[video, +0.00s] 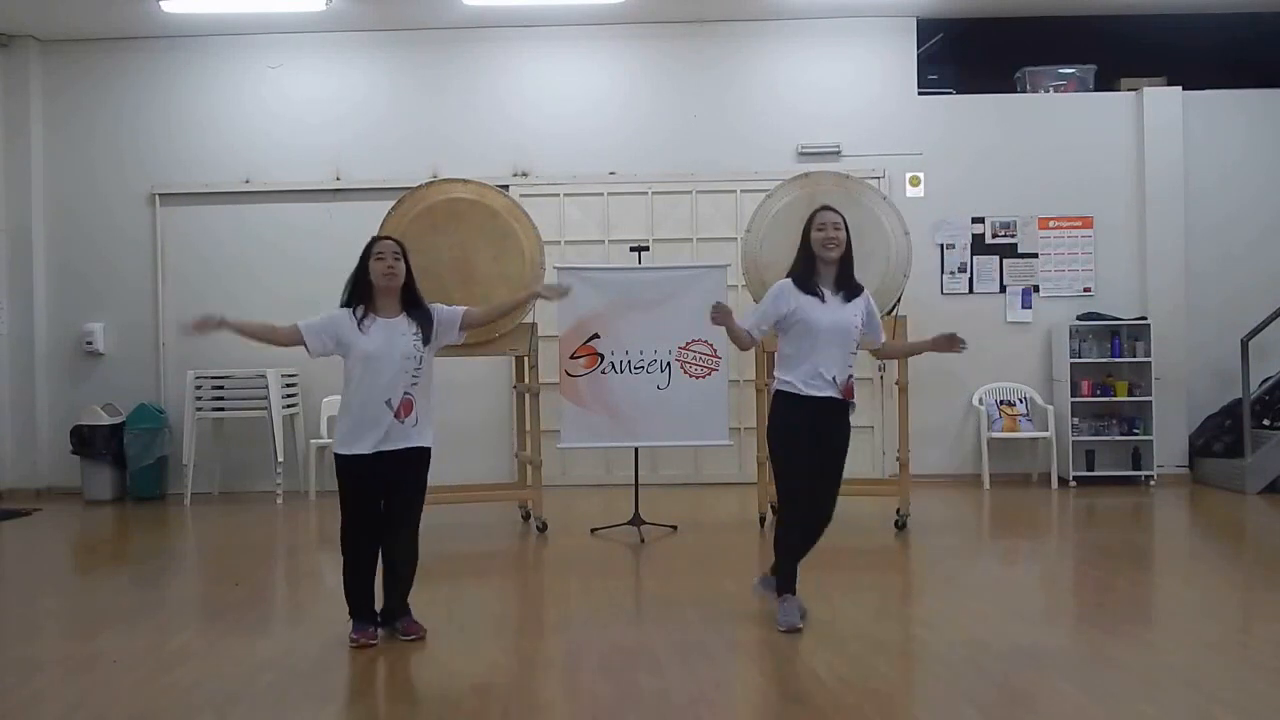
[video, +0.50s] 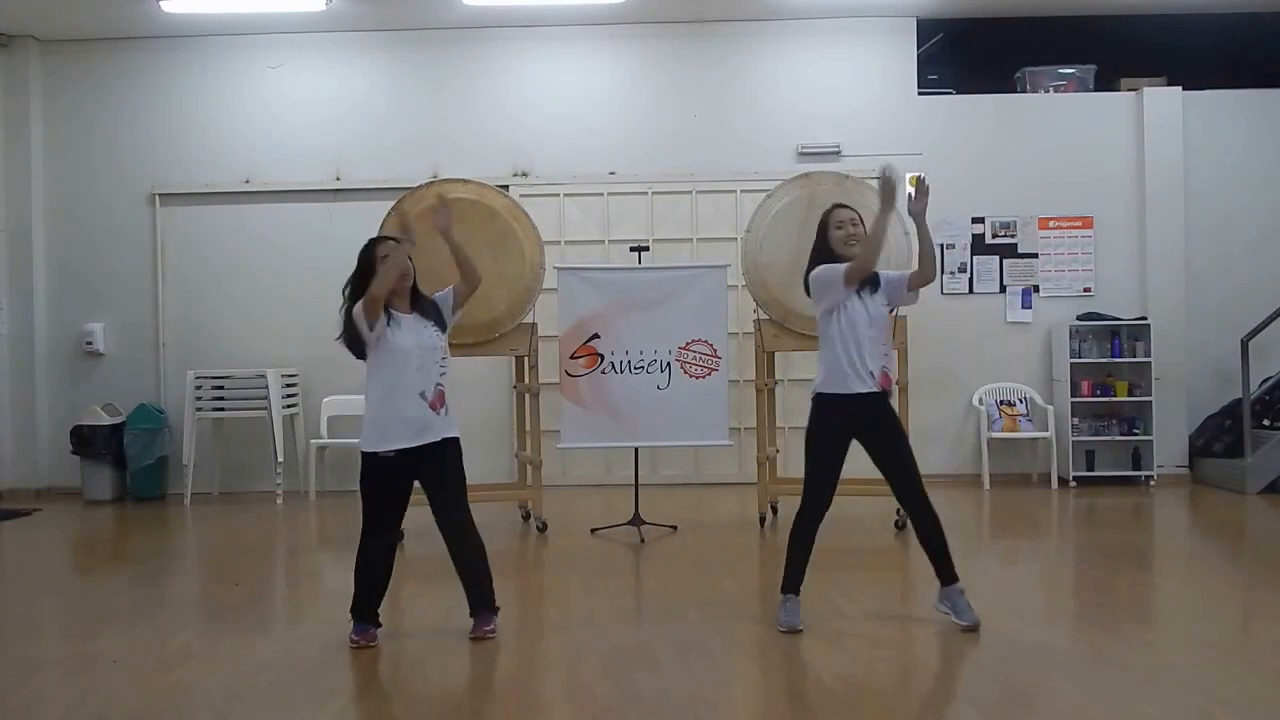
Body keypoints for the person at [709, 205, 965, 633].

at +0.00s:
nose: (829, 233)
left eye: (836, 227)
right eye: (820, 228)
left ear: (847, 239)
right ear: (807, 239)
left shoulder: (859, 297)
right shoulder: (787, 290)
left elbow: (881, 350)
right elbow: (747, 340)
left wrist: (931, 344)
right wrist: (729, 322)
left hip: (835, 411)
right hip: (790, 408)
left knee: (822, 509)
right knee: (794, 503)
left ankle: (775, 576)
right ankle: (787, 596)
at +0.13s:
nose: (831, 244)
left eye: (838, 237)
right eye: (822, 237)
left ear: (846, 245)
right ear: (806, 243)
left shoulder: (851, 297)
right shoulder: (786, 290)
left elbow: (887, 341)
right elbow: (755, 335)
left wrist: (937, 318)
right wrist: (738, 292)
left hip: (833, 412)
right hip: (793, 409)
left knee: (837, 514)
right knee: (797, 505)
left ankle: (780, 571)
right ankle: (789, 598)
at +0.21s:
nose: (833, 237)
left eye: (840, 231)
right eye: (824, 230)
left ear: (848, 240)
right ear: (809, 238)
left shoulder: (853, 293)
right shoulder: (794, 283)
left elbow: (904, 309)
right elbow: (774, 290)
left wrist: (935, 266)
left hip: (838, 405)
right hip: (798, 404)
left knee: (868, 499)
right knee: (802, 501)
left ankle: (820, 569)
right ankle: (788, 596)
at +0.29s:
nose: (835, 231)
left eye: (842, 224)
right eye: (827, 225)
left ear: (851, 235)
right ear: (812, 235)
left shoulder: (858, 287)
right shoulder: (802, 284)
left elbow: (910, 288)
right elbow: (800, 271)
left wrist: (930, 240)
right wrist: (807, 213)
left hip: (843, 402)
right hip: (803, 404)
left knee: (883, 490)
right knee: (802, 503)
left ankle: (855, 577)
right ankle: (788, 597)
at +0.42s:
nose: (843, 224)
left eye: (849, 219)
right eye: (833, 220)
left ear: (860, 231)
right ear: (819, 236)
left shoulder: (873, 283)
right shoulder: (812, 275)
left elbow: (919, 272)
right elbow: (850, 260)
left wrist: (923, 217)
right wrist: (860, 197)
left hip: (862, 403)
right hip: (819, 404)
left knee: (904, 492)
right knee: (808, 503)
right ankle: (789, 597)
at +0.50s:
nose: (851, 230)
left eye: (856, 224)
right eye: (840, 226)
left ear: (868, 233)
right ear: (825, 242)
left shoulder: (880, 281)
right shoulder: (821, 279)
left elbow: (926, 274)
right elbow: (865, 267)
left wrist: (921, 222)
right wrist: (886, 210)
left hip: (876, 405)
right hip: (831, 406)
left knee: (915, 499)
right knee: (815, 505)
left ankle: (950, 589)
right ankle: (790, 597)